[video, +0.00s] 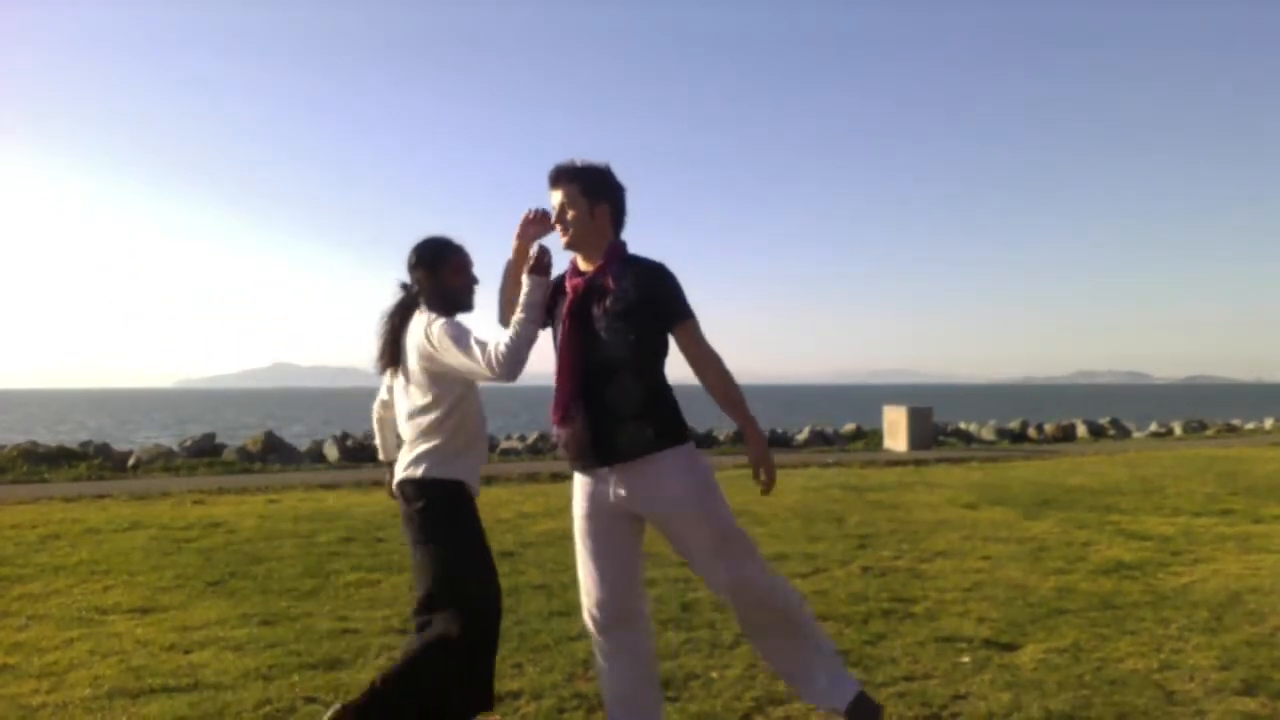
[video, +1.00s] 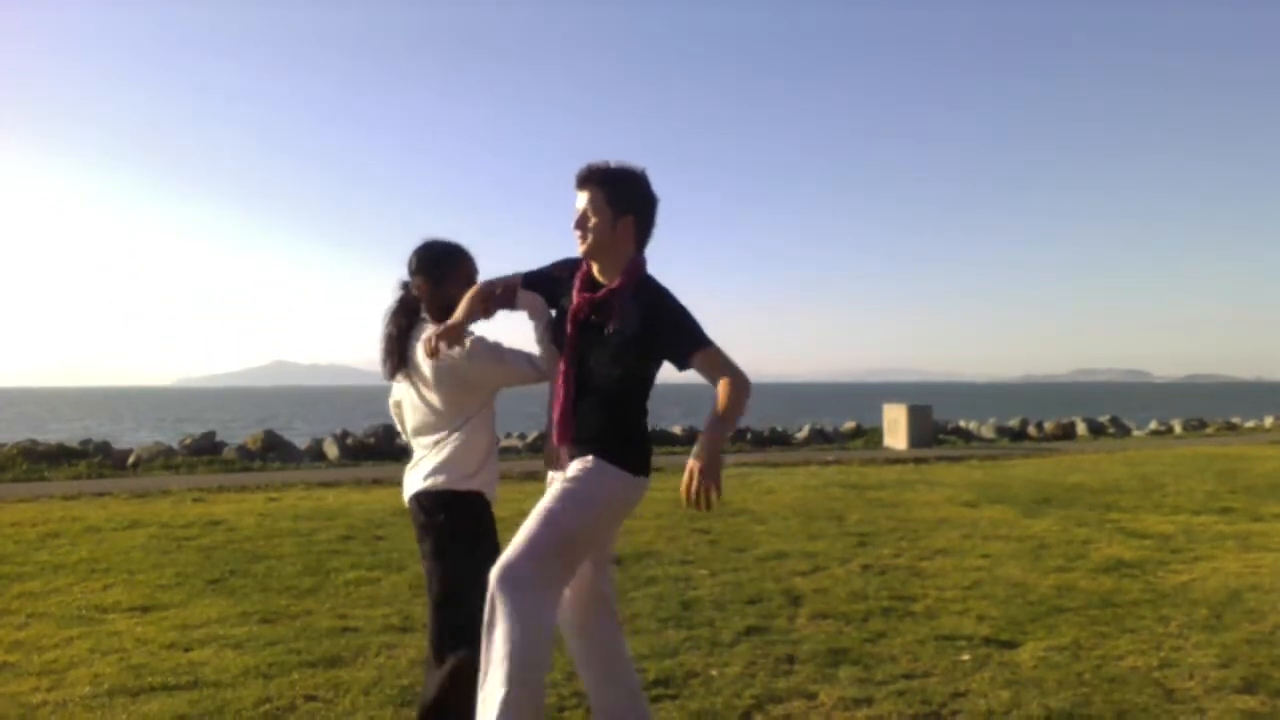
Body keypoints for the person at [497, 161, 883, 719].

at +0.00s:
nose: (556, 220)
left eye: (567, 210)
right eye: (554, 212)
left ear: (605, 212)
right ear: (557, 219)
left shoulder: (646, 277)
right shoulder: (558, 287)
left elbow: (700, 357)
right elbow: (510, 317)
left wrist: (750, 430)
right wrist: (520, 249)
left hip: (662, 462)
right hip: (593, 473)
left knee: (743, 581)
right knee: (607, 618)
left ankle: (844, 696)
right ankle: (632, 715)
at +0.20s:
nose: (556, 219)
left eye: (566, 209)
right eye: (554, 211)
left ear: (605, 213)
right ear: (560, 219)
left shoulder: (647, 280)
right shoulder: (558, 285)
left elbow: (708, 357)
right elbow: (516, 299)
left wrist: (766, 423)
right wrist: (514, 234)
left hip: (645, 462)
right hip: (580, 473)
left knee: (689, 577)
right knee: (595, 614)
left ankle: (762, 707)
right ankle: (624, 714)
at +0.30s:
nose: (560, 221)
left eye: (570, 211)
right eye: (557, 212)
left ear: (609, 215)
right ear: (561, 221)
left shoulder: (650, 285)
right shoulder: (560, 285)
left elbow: (713, 360)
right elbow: (517, 294)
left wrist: (774, 425)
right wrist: (516, 234)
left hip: (637, 460)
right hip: (576, 471)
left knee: (648, 577)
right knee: (591, 610)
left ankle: (680, 709)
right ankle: (616, 713)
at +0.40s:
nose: (562, 220)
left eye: (573, 210)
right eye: (560, 211)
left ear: (612, 216)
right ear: (563, 220)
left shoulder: (651, 286)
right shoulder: (563, 284)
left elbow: (717, 360)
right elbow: (517, 294)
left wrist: (778, 424)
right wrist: (517, 238)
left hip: (636, 451)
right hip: (578, 461)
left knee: (607, 555)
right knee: (583, 593)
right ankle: (628, 710)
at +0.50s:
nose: (562, 218)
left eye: (573, 209)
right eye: (562, 210)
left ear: (612, 216)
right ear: (573, 218)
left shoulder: (650, 287)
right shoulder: (565, 283)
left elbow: (718, 360)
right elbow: (518, 290)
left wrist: (784, 423)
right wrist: (515, 238)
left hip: (635, 452)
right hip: (580, 460)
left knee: (574, 551)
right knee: (600, 612)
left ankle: (500, 700)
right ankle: (626, 714)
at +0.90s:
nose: (573, 222)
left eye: (584, 213)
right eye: (573, 212)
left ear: (622, 222)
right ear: (592, 221)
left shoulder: (653, 299)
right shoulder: (567, 278)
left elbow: (742, 375)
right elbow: (502, 285)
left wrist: (755, 451)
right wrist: (467, 293)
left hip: (618, 464)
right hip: (572, 461)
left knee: (515, 566)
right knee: (590, 616)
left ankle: (466, 712)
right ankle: (625, 714)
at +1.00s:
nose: (576, 224)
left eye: (588, 215)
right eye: (577, 214)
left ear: (627, 225)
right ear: (588, 221)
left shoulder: (651, 302)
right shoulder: (571, 278)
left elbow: (734, 383)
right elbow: (492, 290)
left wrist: (709, 446)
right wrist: (458, 322)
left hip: (610, 467)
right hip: (569, 463)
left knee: (515, 581)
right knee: (587, 614)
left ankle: (504, 713)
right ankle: (624, 714)